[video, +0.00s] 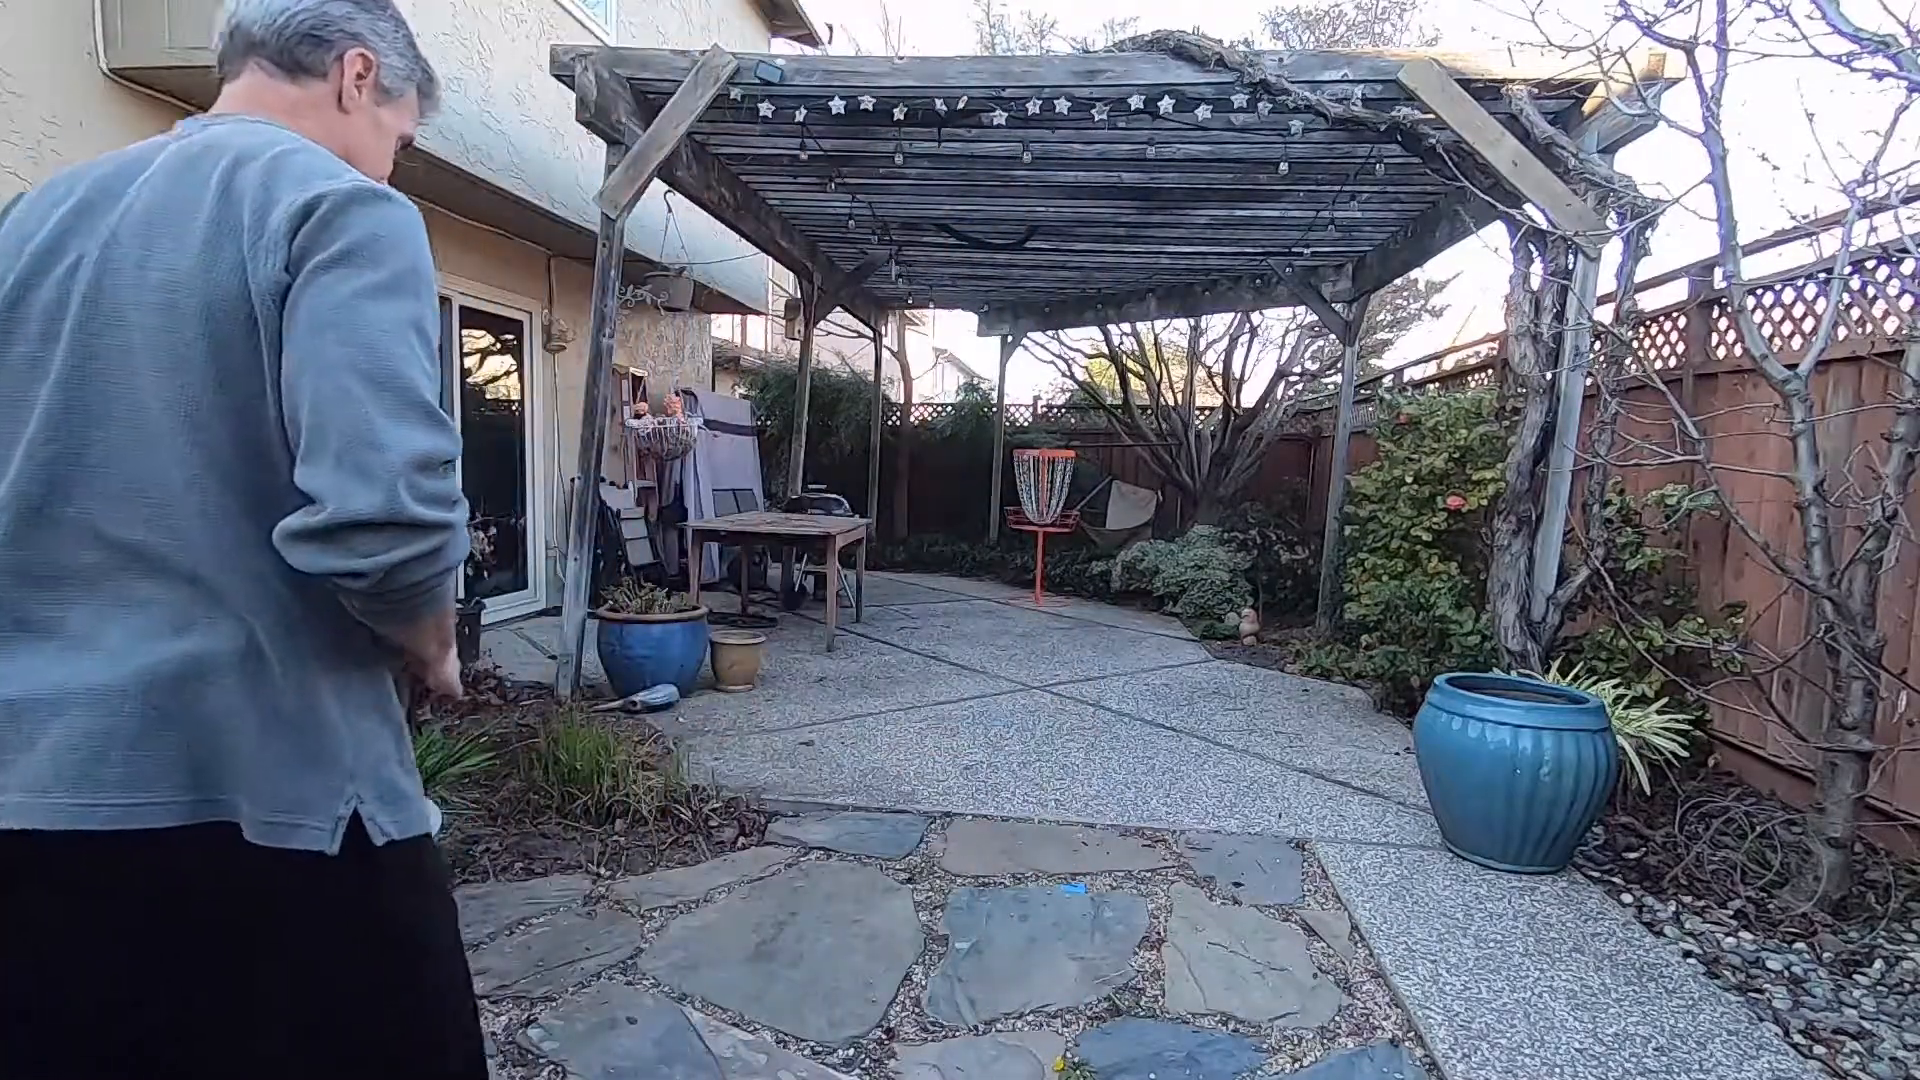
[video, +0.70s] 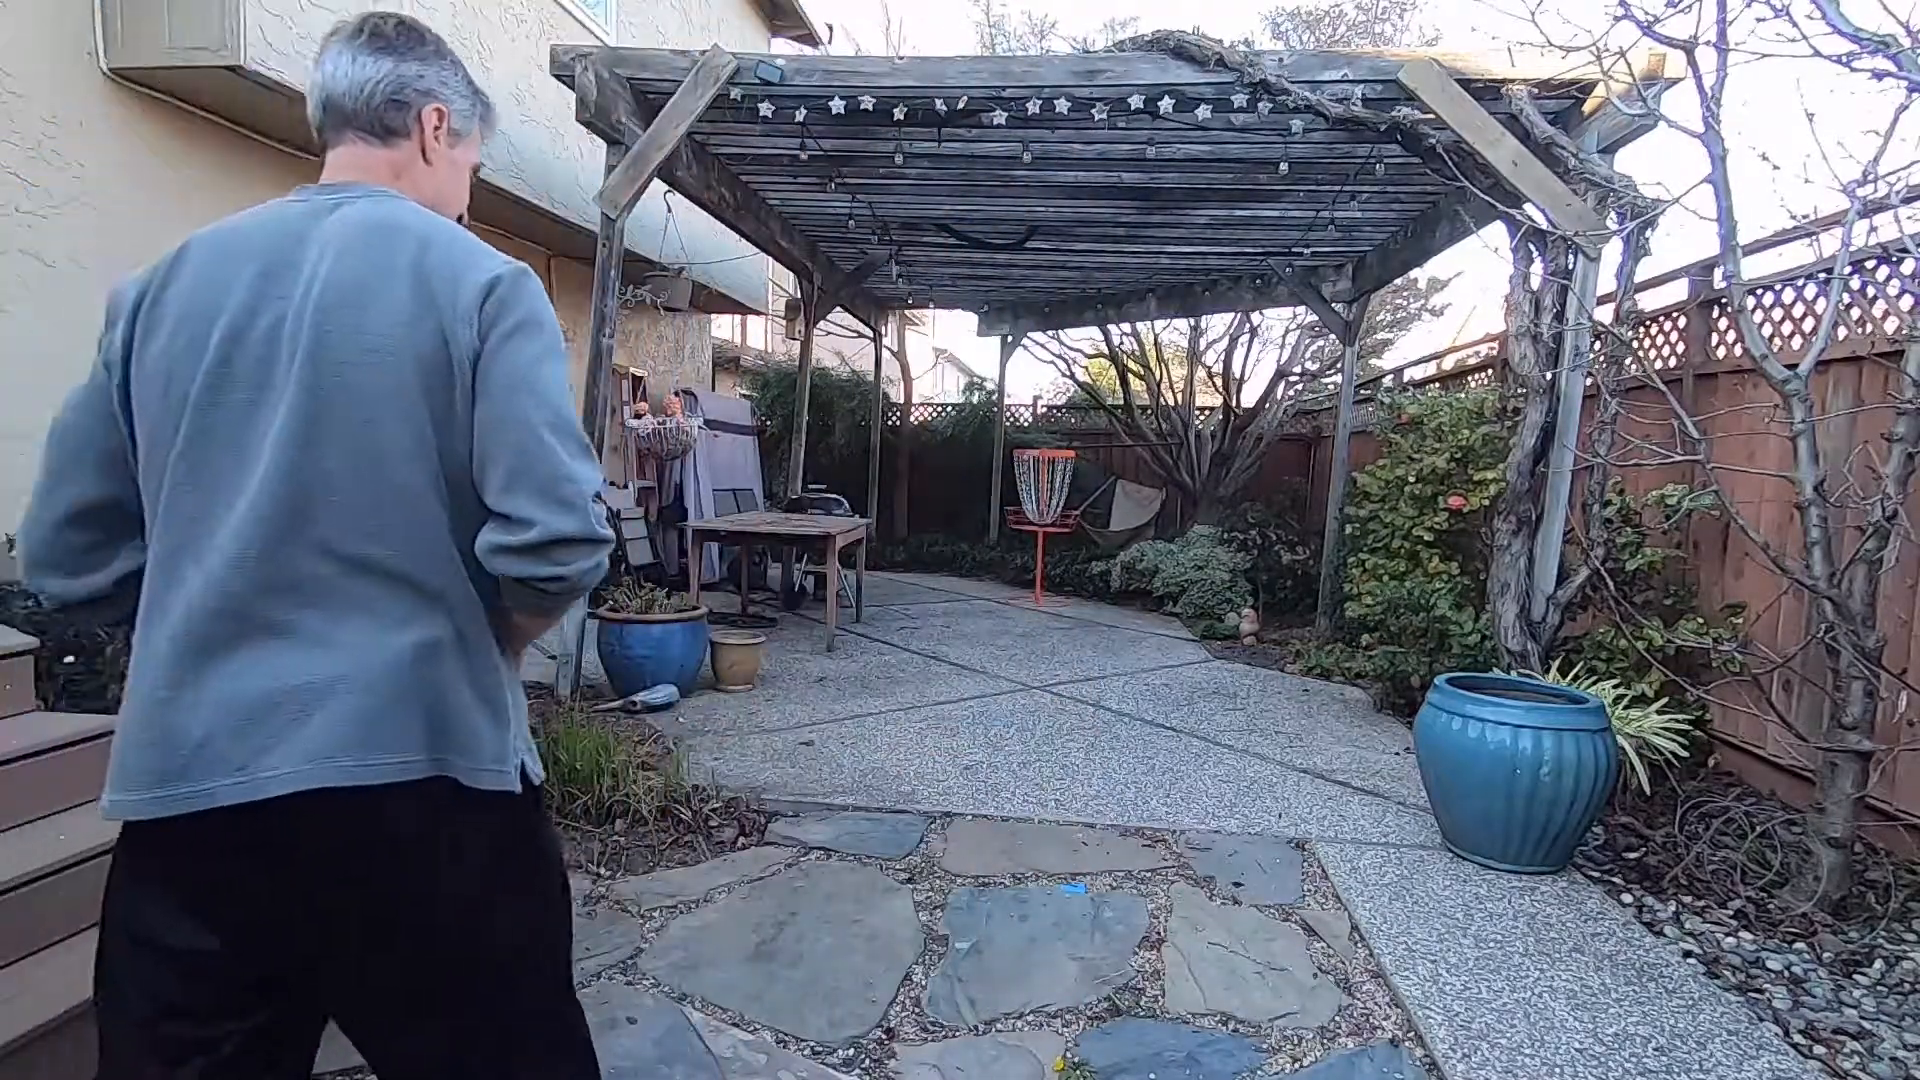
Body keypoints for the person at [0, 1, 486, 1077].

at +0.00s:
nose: (389, 178)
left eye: (404, 154)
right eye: (399, 140)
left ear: (238, 75)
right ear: (354, 76)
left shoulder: (35, 212)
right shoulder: (333, 204)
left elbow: (28, 482)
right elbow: (384, 514)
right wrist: (429, 647)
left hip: (25, 805)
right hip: (279, 812)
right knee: (402, 1057)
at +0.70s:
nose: (471, 194)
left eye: (476, 168)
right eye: (473, 161)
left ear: (326, 131)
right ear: (432, 129)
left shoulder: (158, 287)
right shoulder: (476, 279)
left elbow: (65, 557)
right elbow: (554, 541)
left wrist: (221, 605)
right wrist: (483, 658)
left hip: (185, 805)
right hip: (430, 804)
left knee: (175, 1066)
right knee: (515, 1065)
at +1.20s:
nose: (670, 217)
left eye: (674, 197)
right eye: (672, 193)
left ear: (562, 166)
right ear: (647, 169)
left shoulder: (422, 272)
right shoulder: (684, 303)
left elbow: (338, 496)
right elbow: (763, 521)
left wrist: (445, 538)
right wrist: (679, 586)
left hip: (425, 687)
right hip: (593, 690)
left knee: (457, 988)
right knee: (604, 986)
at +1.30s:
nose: (668, 219)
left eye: (671, 202)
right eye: (671, 198)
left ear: (561, 173)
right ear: (649, 178)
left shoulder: (427, 277)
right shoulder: (682, 304)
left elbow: (346, 498)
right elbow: (759, 520)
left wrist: (451, 533)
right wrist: (690, 567)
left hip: (439, 688)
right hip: (598, 689)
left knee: (488, 982)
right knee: (605, 981)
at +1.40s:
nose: (656, 227)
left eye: (659, 208)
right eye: (659, 204)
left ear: (549, 173)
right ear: (632, 179)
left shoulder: (418, 292)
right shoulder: (668, 309)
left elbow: (348, 507)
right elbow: (741, 518)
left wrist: (458, 526)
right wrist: (683, 565)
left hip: (462, 694)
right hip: (613, 691)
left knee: (499, 967)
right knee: (613, 967)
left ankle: (512, 1078)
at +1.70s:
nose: (625, 224)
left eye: (628, 203)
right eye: (626, 199)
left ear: (515, 184)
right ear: (597, 176)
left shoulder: (419, 316)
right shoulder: (652, 302)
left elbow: (381, 523)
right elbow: (722, 494)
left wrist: (483, 542)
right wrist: (667, 559)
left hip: (490, 695)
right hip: (644, 686)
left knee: (514, 964)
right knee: (695, 915)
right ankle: (705, 1072)